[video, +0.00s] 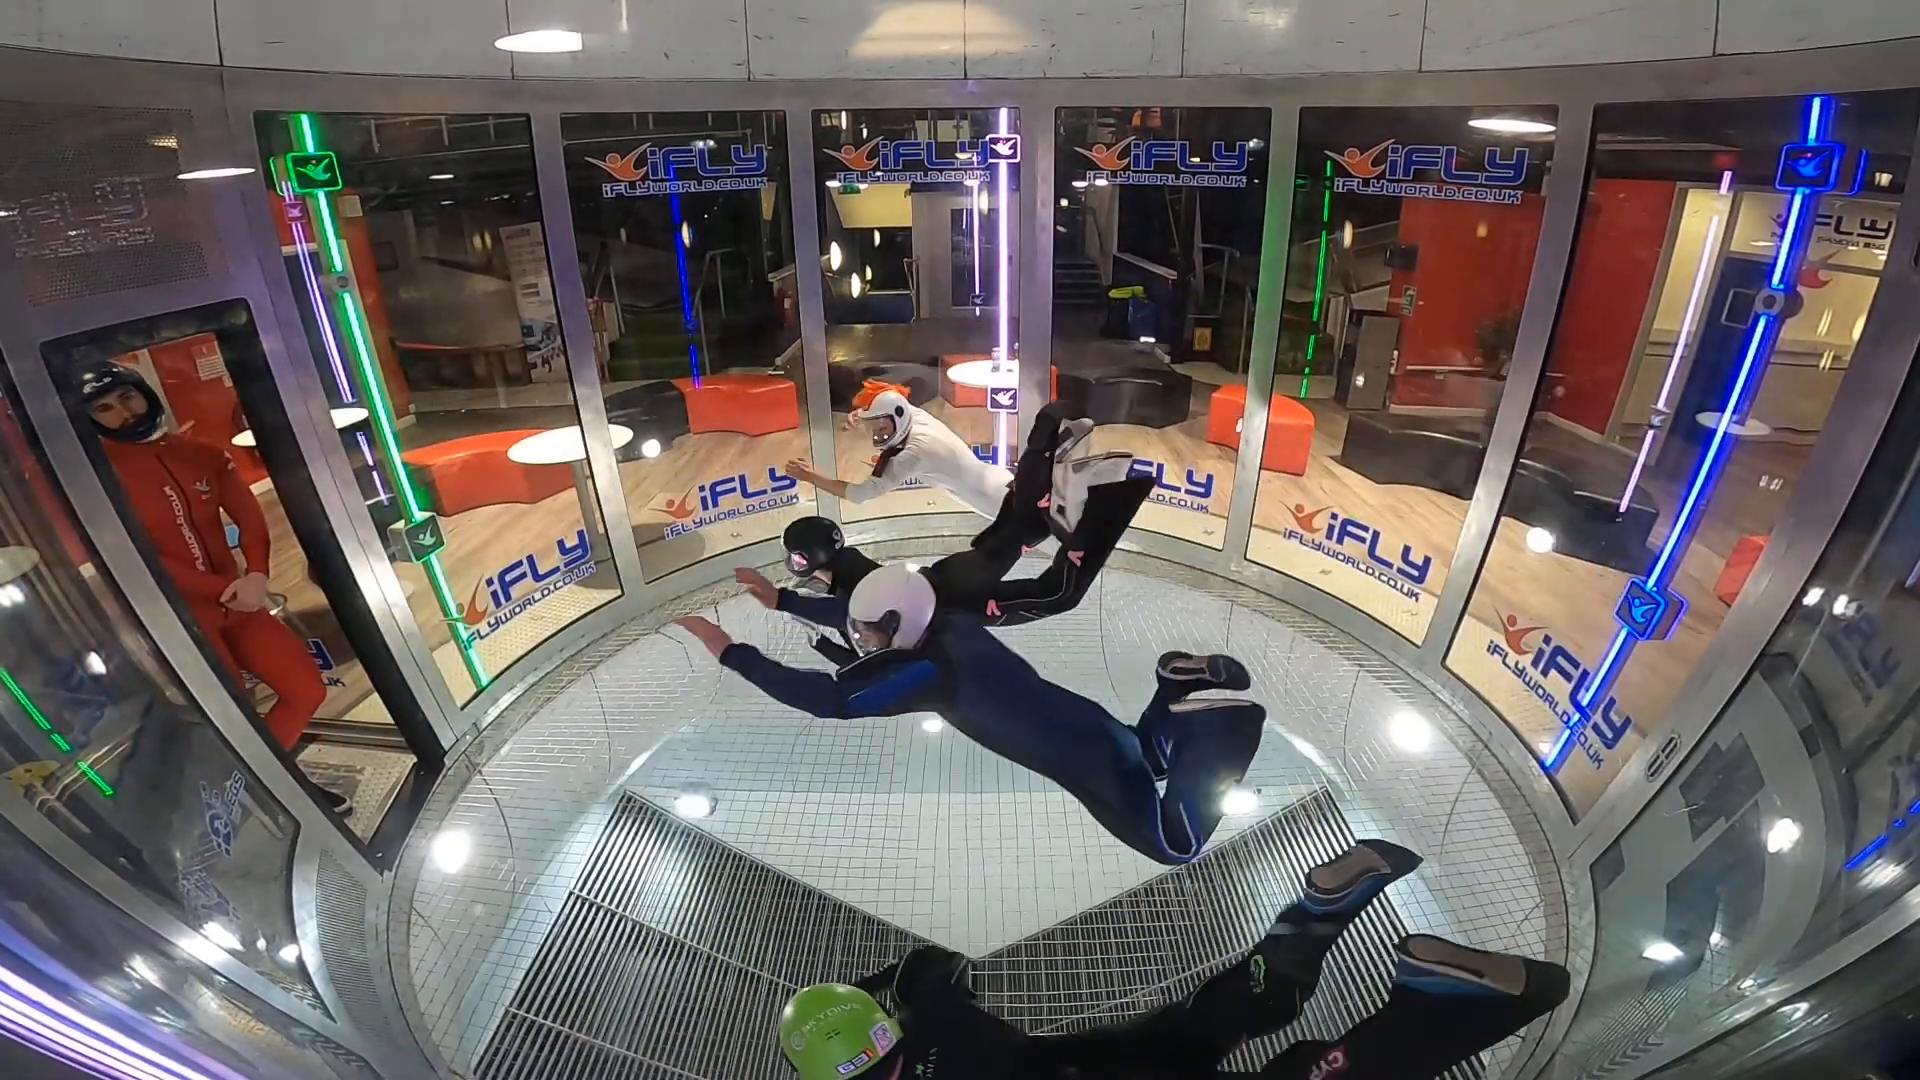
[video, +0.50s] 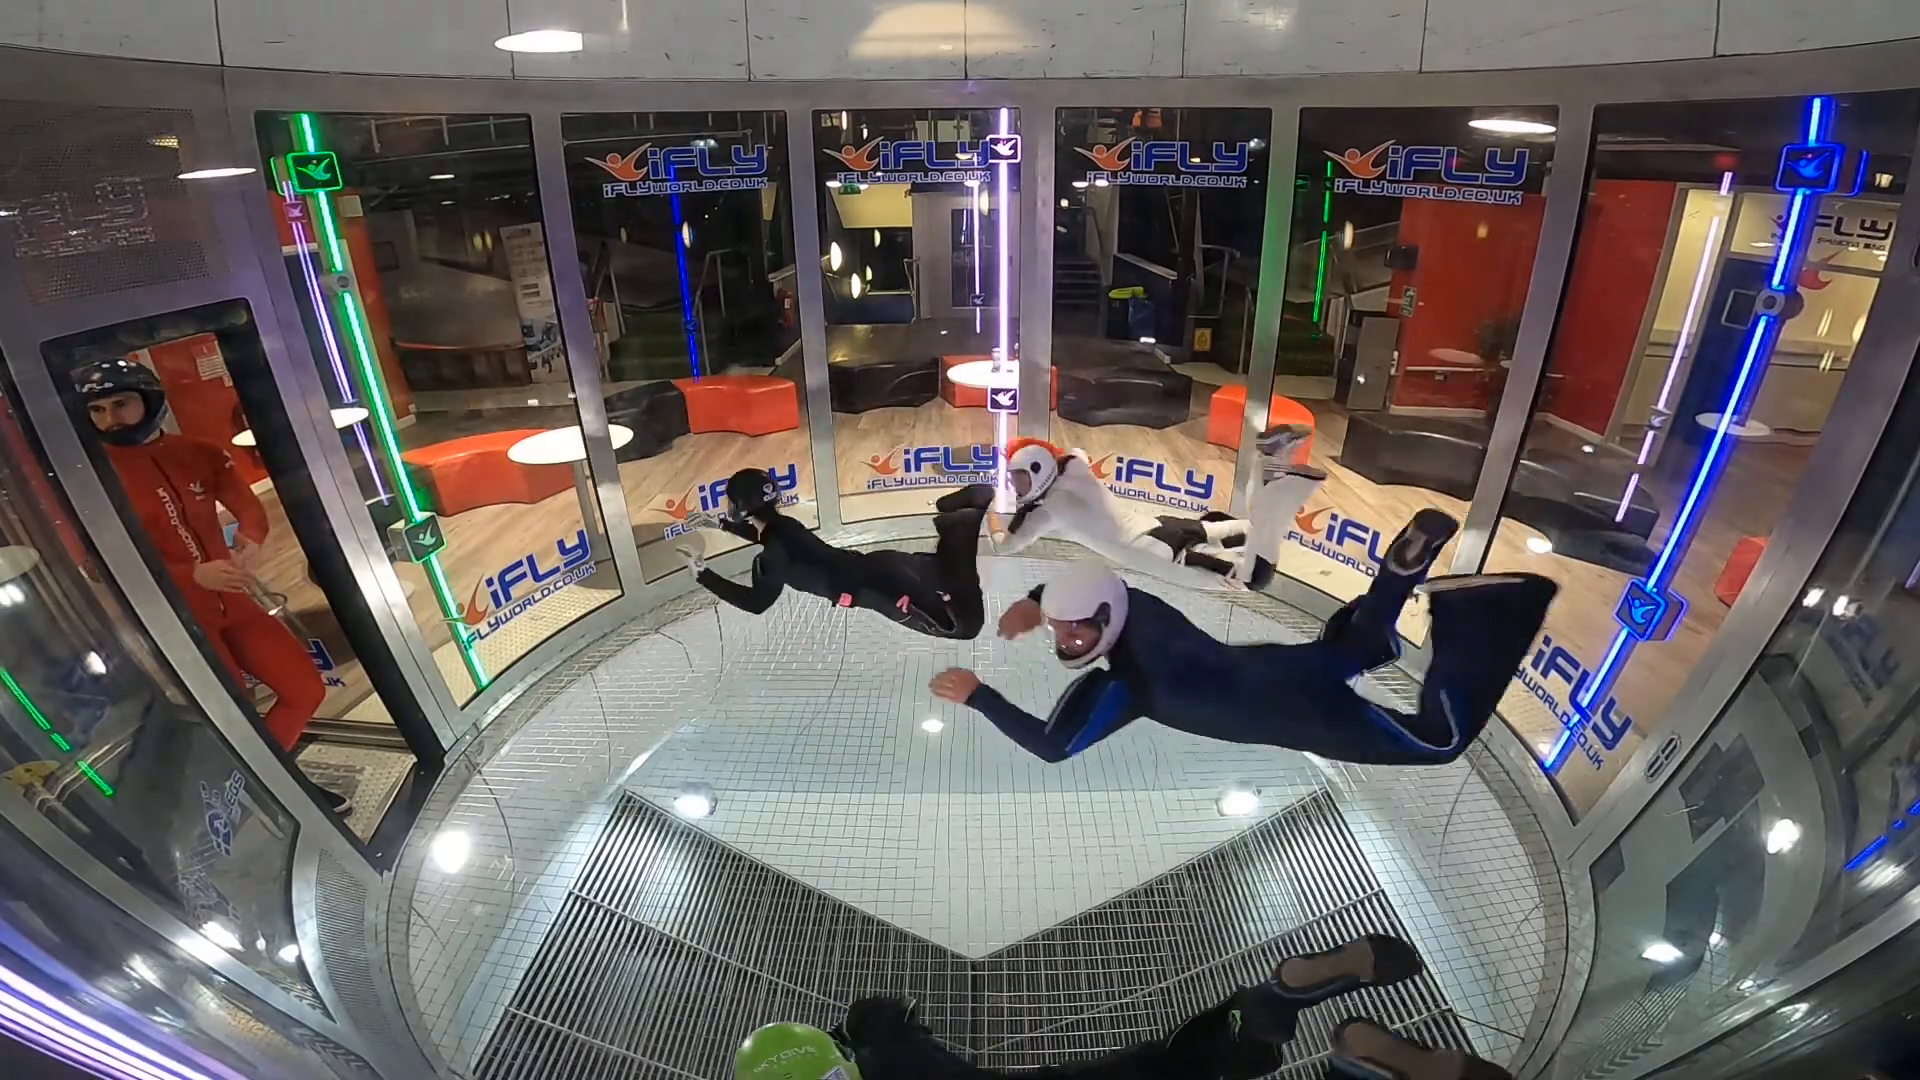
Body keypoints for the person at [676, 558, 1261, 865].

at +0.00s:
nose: (859, 638)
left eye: (867, 631)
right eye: (860, 629)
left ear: (899, 631)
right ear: (899, 617)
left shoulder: (934, 668)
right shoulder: (937, 621)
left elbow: (832, 698)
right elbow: (848, 616)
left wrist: (734, 655)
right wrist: (781, 602)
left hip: (1090, 759)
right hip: (1089, 725)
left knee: (1180, 845)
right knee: (1154, 809)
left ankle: (1194, 714)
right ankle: (1175, 690)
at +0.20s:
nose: (930, 632)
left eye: (939, 621)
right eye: (927, 620)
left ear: (971, 616)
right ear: (974, 603)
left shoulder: (1001, 659)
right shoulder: (1007, 616)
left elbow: (910, 717)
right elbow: (904, 599)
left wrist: (851, 642)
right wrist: (851, 583)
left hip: (1159, 745)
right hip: (1154, 709)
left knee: (1265, 821)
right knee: (1220, 735)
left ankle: (1249, 690)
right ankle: (1238, 662)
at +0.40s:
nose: (1018, 628)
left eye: (1029, 618)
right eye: (1015, 614)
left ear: (1059, 616)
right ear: (1050, 600)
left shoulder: (1076, 669)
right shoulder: (1090, 607)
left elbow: (1003, 729)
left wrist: (936, 668)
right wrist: (981, 594)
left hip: (1252, 725)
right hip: (1239, 682)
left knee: (1385, 765)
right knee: (1320, 678)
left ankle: (1383, 640)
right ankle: (1350, 616)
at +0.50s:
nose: (1061, 640)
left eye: (1071, 630)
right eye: (1060, 628)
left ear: (1101, 627)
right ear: (1086, 609)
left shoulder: (1122, 680)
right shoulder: (1126, 605)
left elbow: (1053, 743)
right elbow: (1087, 585)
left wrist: (978, 695)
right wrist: (1038, 603)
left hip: (1307, 713)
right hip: (1290, 663)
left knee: (1441, 736)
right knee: (1355, 644)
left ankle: (1476, 615)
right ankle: (1401, 572)